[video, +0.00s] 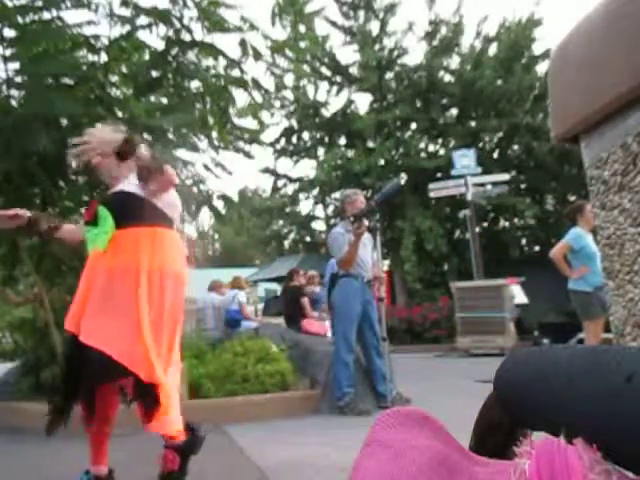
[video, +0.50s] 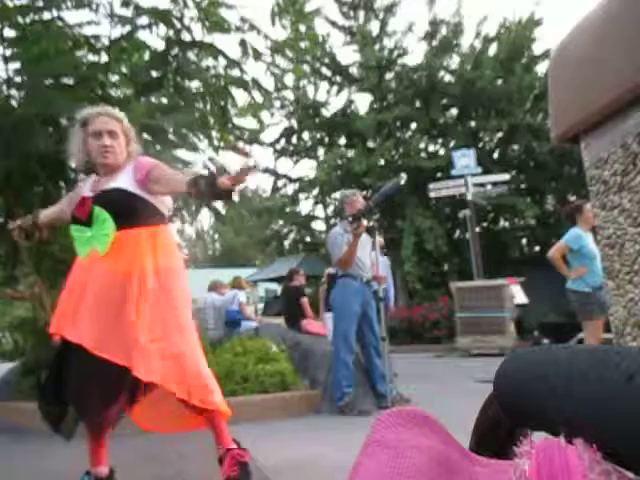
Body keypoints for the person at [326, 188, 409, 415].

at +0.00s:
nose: (365, 208)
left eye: (365, 204)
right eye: (360, 204)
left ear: (364, 207)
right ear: (347, 207)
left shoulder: (367, 235)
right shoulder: (338, 234)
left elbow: (373, 262)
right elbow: (344, 264)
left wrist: (377, 274)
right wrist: (356, 239)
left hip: (366, 285)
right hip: (347, 284)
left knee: (373, 341)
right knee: (345, 343)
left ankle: (386, 393)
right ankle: (344, 397)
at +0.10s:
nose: (364, 210)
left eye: (365, 205)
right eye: (359, 205)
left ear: (365, 208)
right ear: (347, 208)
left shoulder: (367, 235)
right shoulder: (338, 234)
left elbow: (373, 262)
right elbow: (344, 264)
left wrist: (377, 275)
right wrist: (356, 239)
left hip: (366, 285)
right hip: (346, 284)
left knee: (373, 341)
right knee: (345, 342)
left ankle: (386, 393)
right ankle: (344, 397)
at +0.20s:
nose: (364, 210)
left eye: (365, 206)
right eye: (359, 206)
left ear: (364, 208)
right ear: (347, 208)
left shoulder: (367, 235)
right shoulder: (338, 234)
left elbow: (372, 263)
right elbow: (344, 264)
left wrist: (377, 273)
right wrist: (356, 239)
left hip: (366, 285)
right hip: (347, 284)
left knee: (373, 341)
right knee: (345, 342)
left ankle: (386, 392)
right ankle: (344, 397)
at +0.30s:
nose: (364, 212)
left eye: (364, 207)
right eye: (359, 207)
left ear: (365, 209)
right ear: (347, 208)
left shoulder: (367, 236)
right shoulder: (337, 234)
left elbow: (372, 264)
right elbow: (344, 264)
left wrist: (378, 273)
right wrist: (355, 239)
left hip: (367, 286)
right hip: (347, 284)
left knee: (373, 341)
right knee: (344, 343)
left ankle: (386, 392)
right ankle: (344, 397)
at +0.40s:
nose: (363, 213)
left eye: (364, 208)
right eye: (358, 208)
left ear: (365, 209)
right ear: (347, 208)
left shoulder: (367, 235)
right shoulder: (337, 233)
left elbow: (374, 262)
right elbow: (344, 264)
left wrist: (378, 273)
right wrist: (355, 239)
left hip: (368, 286)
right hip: (348, 284)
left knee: (373, 342)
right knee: (345, 343)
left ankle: (386, 392)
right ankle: (344, 397)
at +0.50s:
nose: (363, 207)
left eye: (364, 203)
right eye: (359, 203)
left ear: (363, 207)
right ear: (347, 207)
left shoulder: (367, 235)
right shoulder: (337, 233)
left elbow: (369, 265)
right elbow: (343, 264)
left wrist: (375, 275)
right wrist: (356, 238)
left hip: (366, 285)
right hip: (347, 284)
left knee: (372, 342)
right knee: (345, 343)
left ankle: (385, 392)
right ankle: (343, 397)